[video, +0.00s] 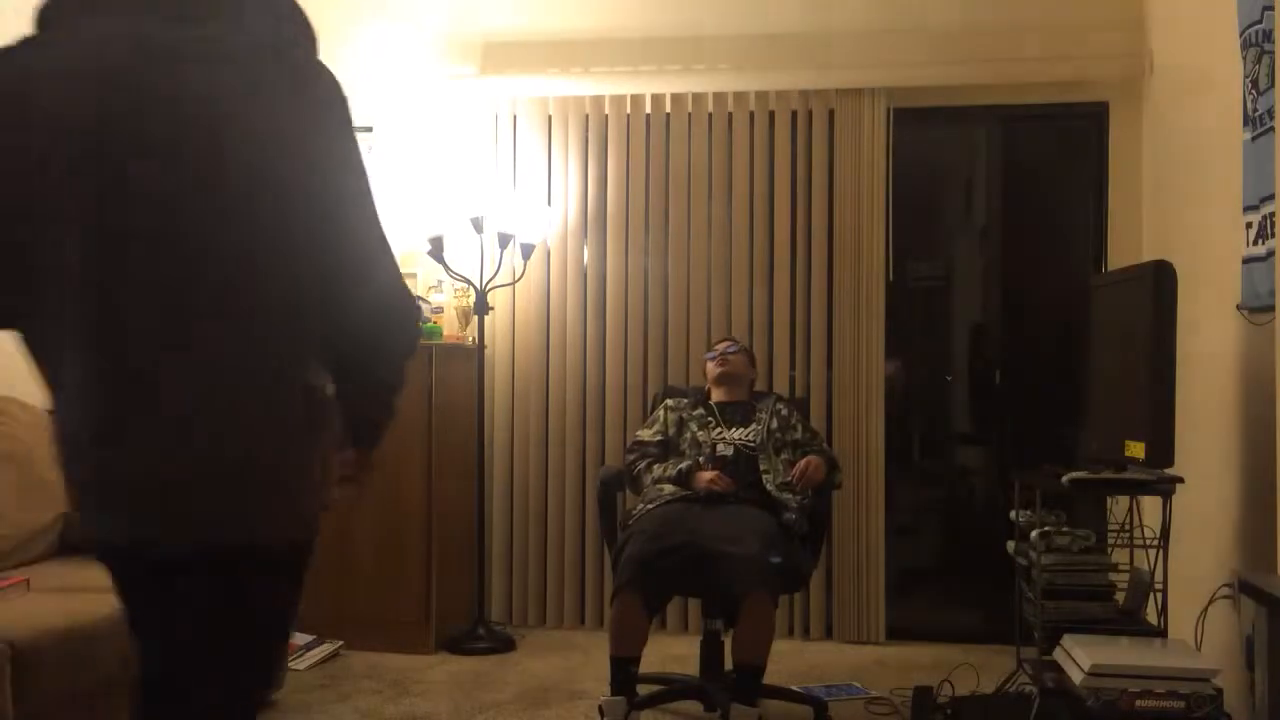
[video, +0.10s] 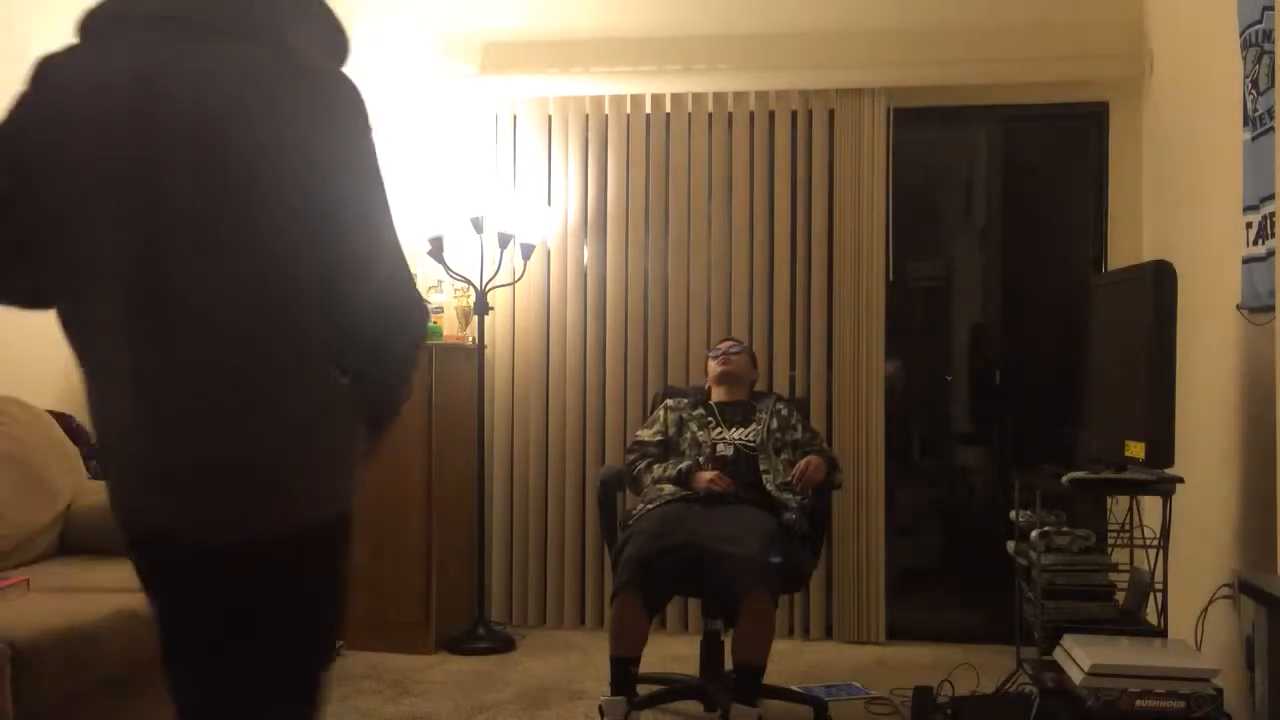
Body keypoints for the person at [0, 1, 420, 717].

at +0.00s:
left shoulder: (21, 75)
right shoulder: (278, 69)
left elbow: (17, 283)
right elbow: (370, 295)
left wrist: (81, 378)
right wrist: (360, 421)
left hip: (107, 448)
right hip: (260, 446)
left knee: (171, 687)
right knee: (224, 696)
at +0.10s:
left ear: (130, 2)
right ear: (275, 8)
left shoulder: (66, 88)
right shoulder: (309, 91)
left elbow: (16, 266)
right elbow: (384, 299)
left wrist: (106, 269)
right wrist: (369, 401)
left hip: (145, 449)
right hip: (288, 440)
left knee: (201, 680)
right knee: (283, 684)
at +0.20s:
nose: (341, 74)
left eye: (347, 62)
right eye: (340, 56)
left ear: (237, 21)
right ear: (309, 30)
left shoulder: (109, 104)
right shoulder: (333, 110)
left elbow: (9, 229)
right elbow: (390, 303)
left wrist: (119, 266)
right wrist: (374, 400)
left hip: (172, 471)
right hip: (309, 459)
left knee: (226, 691)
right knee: (348, 678)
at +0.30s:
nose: (373, 100)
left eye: (376, 84)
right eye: (370, 79)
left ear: (279, 41)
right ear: (337, 55)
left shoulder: (151, 106)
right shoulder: (351, 129)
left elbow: (48, 234)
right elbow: (387, 304)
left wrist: (157, 276)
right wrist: (380, 401)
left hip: (185, 463)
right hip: (312, 453)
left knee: (234, 685)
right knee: (390, 627)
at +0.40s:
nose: (396, 110)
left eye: (402, 94)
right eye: (396, 87)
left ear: (323, 52)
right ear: (358, 59)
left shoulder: (182, 106)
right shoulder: (352, 126)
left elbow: (89, 225)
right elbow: (371, 277)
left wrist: (192, 273)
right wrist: (391, 384)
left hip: (203, 452)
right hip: (324, 442)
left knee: (245, 670)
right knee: (400, 604)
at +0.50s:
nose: (422, 114)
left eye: (430, 96)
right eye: (424, 89)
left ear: (348, 52)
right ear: (381, 60)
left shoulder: (212, 109)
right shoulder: (359, 132)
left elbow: (119, 224)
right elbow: (351, 315)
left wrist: (218, 283)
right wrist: (407, 368)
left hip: (218, 455)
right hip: (333, 452)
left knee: (249, 671)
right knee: (396, 644)